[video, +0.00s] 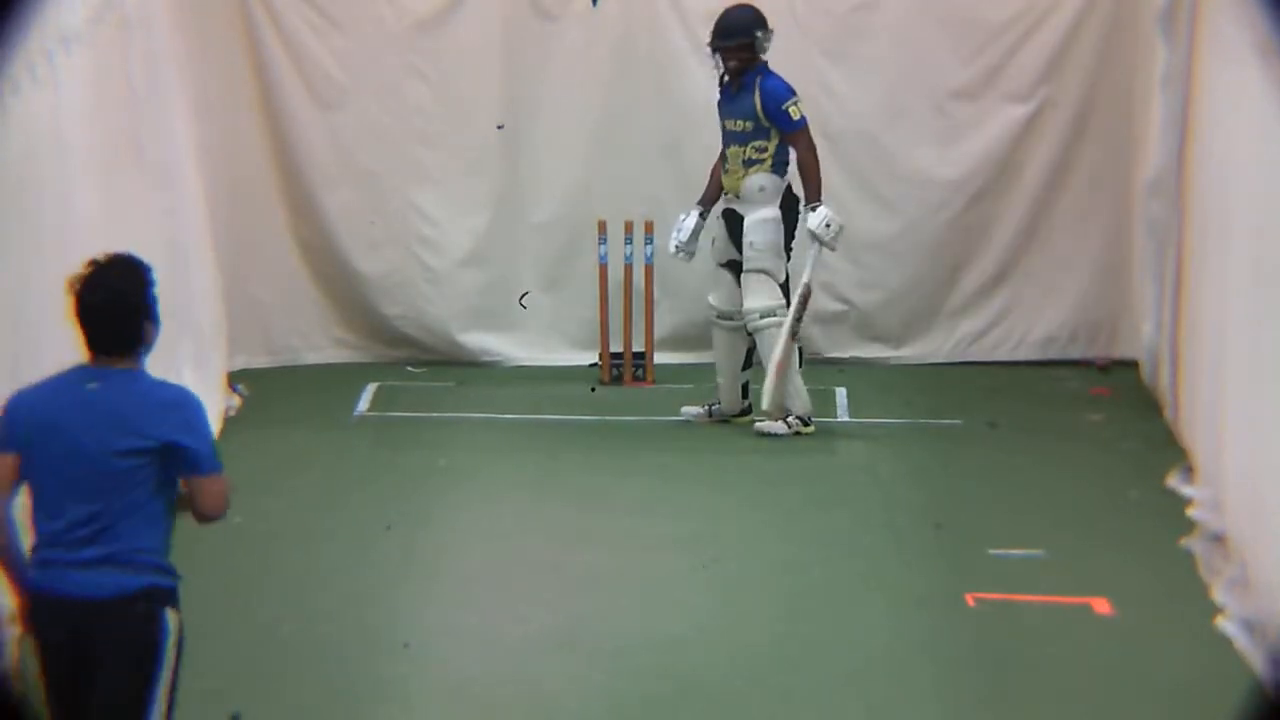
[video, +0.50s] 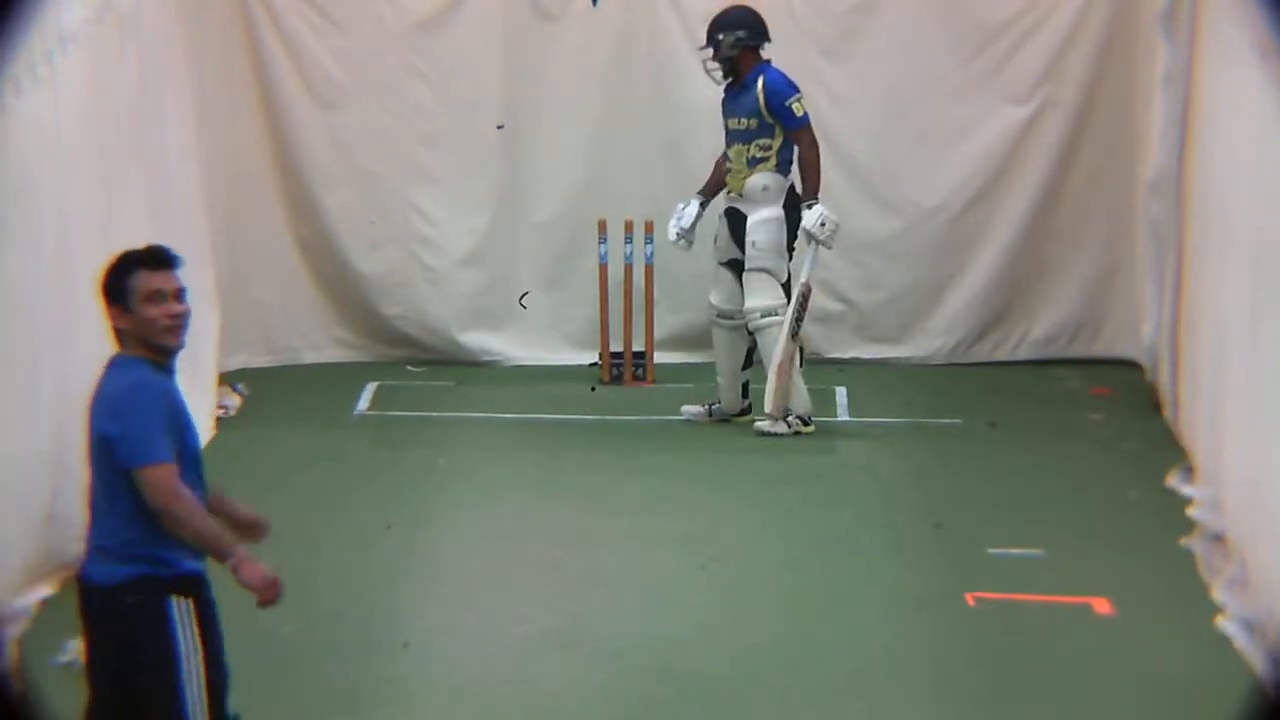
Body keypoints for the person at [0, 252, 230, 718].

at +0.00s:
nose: (157, 323)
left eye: (154, 310)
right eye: (155, 312)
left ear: (84, 323)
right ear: (147, 327)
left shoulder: (28, 406)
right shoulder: (173, 405)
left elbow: (2, 504)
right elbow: (211, 505)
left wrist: (23, 588)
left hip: (54, 610)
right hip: (138, 611)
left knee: (68, 710)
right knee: (138, 710)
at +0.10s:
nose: (175, 324)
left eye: (168, 311)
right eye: (164, 314)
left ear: (101, 338)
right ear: (133, 335)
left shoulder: (36, 414)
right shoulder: (166, 409)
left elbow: (3, 507)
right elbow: (205, 508)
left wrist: (27, 596)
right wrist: (175, 476)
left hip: (65, 619)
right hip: (142, 619)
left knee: (78, 711)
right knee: (153, 710)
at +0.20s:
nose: (175, 323)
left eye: (169, 310)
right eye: (158, 314)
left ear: (110, 331)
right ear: (111, 330)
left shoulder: (55, 411)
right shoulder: (158, 406)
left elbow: (37, 516)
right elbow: (184, 509)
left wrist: (48, 598)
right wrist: (202, 531)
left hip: (76, 616)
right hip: (147, 615)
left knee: (95, 710)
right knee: (183, 709)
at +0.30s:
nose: (169, 311)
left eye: (168, 298)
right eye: (151, 301)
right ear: (106, 318)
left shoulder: (83, 391)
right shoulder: (150, 396)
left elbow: (88, 497)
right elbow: (175, 502)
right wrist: (218, 551)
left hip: (87, 597)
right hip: (152, 596)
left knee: (104, 710)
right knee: (208, 708)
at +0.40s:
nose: (170, 308)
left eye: (172, 295)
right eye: (150, 298)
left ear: (178, 297)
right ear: (110, 315)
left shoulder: (107, 381)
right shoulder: (139, 388)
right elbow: (170, 496)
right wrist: (234, 552)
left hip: (106, 591)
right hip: (154, 592)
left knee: (113, 708)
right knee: (206, 709)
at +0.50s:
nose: (176, 310)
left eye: (179, 297)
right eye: (157, 299)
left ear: (187, 300)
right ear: (119, 316)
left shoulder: (143, 379)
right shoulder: (139, 388)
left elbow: (176, 478)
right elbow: (164, 495)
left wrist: (226, 512)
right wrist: (237, 558)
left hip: (120, 587)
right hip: (156, 590)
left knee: (119, 709)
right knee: (193, 709)